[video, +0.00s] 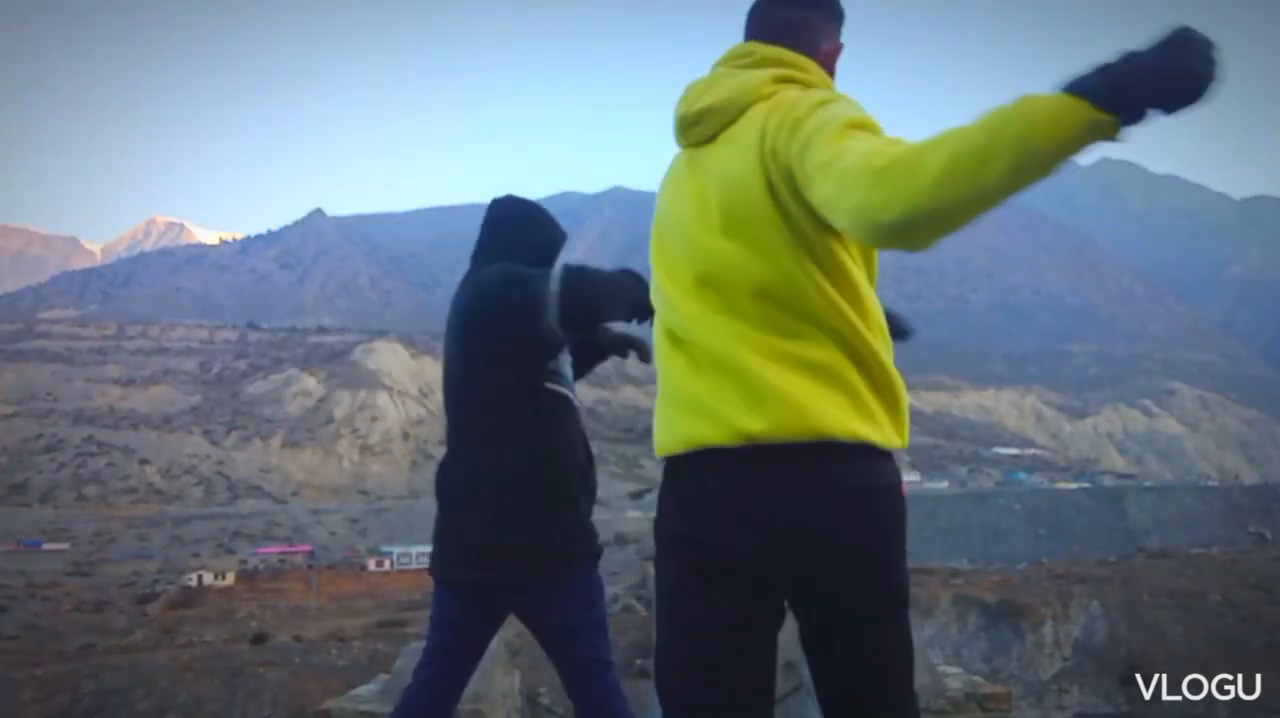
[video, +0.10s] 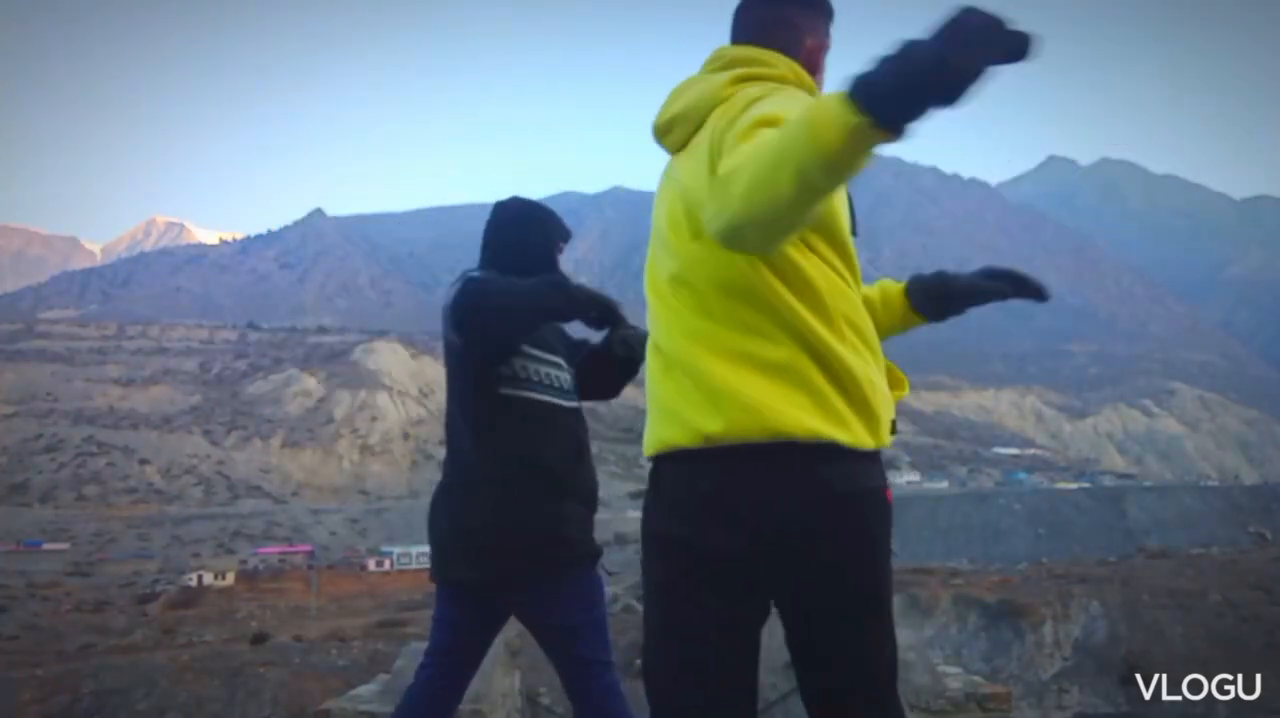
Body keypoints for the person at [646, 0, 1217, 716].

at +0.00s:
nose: (837, 60)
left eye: (835, 48)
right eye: (837, 48)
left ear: (751, 44)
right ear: (821, 47)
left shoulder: (687, 160)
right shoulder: (805, 115)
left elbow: (705, 306)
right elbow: (881, 198)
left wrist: (851, 319)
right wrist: (1100, 100)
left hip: (705, 478)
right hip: (834, 469)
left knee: (705, 697)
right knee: (869, 698)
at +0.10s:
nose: (823, 60)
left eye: (823, 45)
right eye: (824, 45)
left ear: (737, 41)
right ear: (811, 45)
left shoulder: (692, 149)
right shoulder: (770, 104)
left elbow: (796, 323)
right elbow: (740, 208)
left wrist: (926, 297)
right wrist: (887, 95)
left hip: (697, 467)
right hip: (814, 461)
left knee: (696, 699)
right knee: (857, 700)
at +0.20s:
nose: (817, 32)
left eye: (817, 24)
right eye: (810, 17)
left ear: (722, 26)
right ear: (780, 20)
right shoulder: (752, 104)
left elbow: (807, 319)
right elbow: (689, 214)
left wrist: (920, 275)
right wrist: (769, 90)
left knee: (695, 699)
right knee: (847, 698)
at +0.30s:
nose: (795, 45)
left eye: (791, 33)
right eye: (794, 33)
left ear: (702, 37)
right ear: (787, 40)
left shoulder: (665, 150)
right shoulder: (761, 93)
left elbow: (738, 306)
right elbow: (731, 202)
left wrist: (870, 292)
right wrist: (870, 74)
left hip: (678, 475)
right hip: (802, 465)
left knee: (693, 703)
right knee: (847, 701)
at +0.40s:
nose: (789, 40)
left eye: (783, 31)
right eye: (786, 32)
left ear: (690, 35)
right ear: (773, 32)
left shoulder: (647, 150)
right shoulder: (765, 96)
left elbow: (683, 299)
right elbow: (844, 185)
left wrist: (833, 322)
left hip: (674, 482)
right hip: (805, 473)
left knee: (691, 701)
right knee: (847, 699)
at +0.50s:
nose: (785, 40)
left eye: (775, 35)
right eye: (782, 33)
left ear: (681, 40)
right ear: (769, 34)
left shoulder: (623, 166)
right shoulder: (809, 109)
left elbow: (564, 314)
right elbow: (990, 186)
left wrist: (646, 302)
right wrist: (1209, 149)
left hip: (679, 489)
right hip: (817, 480)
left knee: (692, 699)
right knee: (846, 697)